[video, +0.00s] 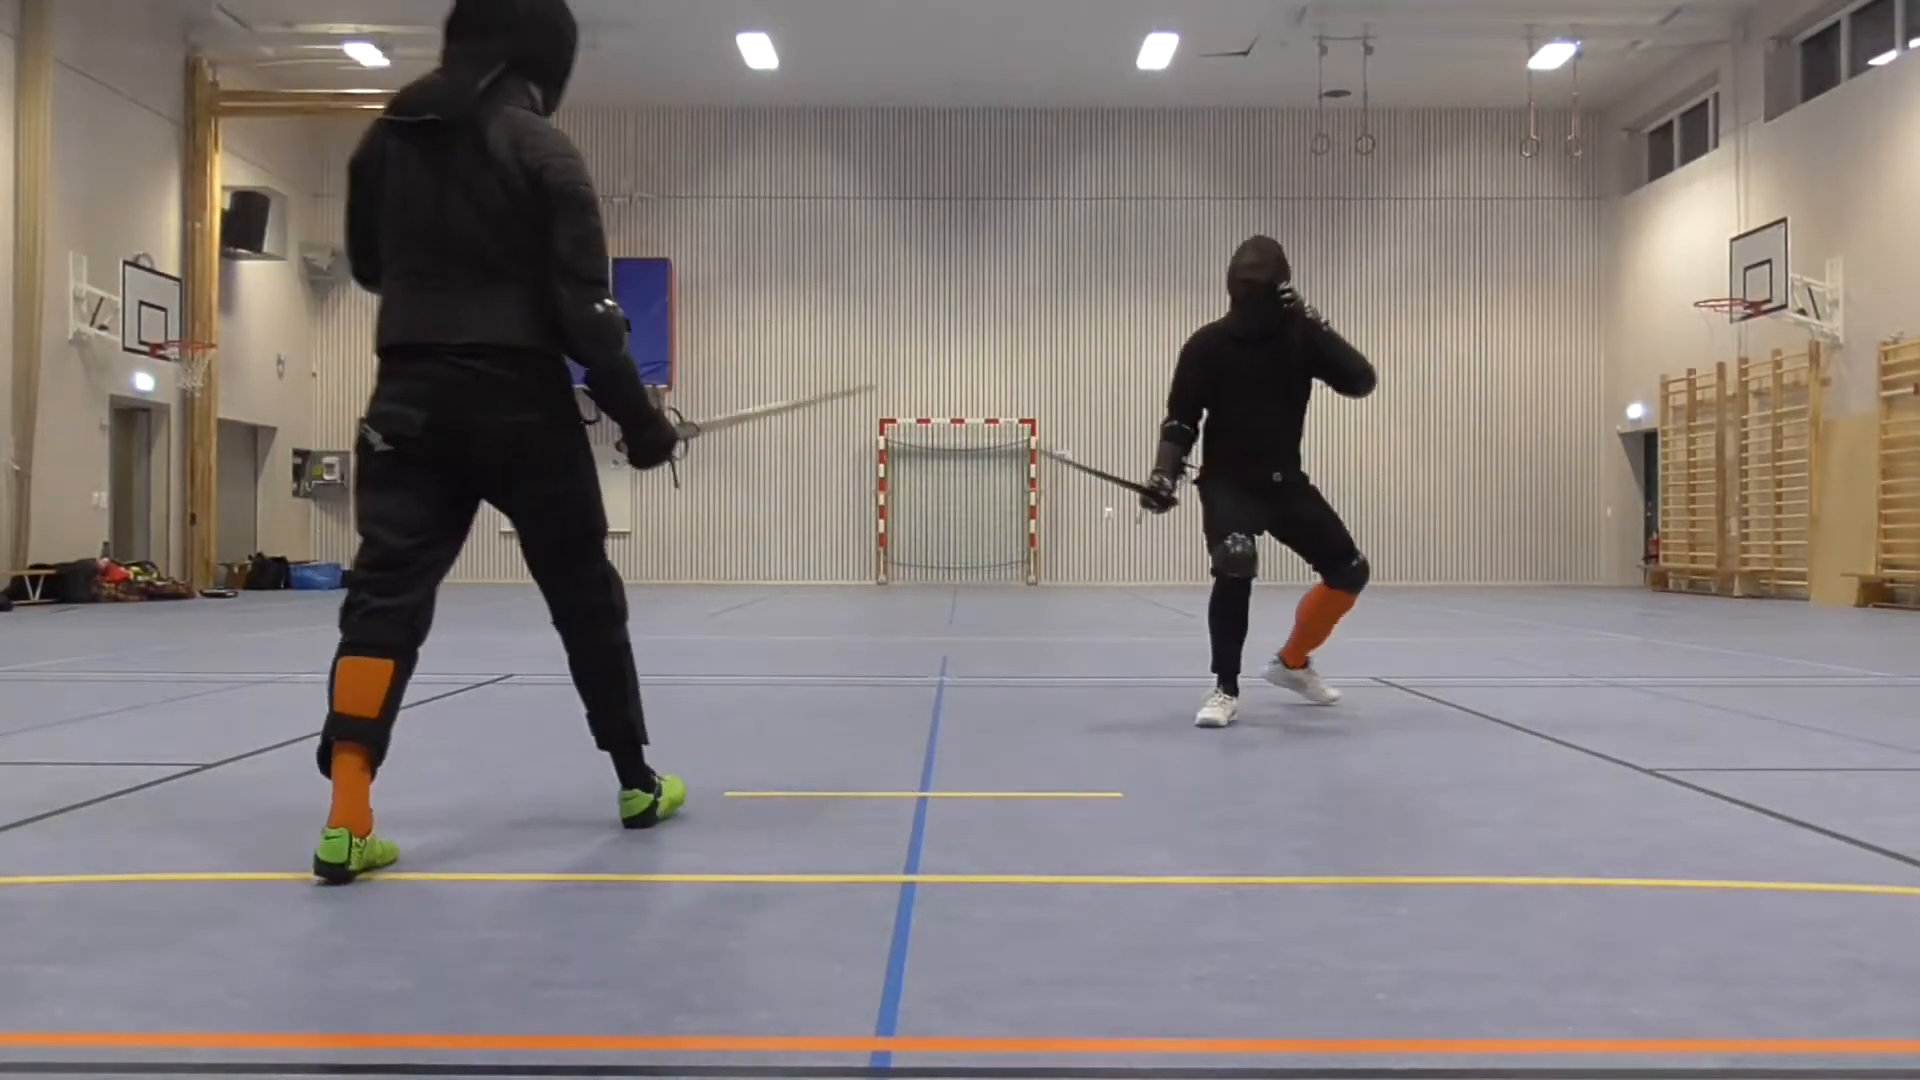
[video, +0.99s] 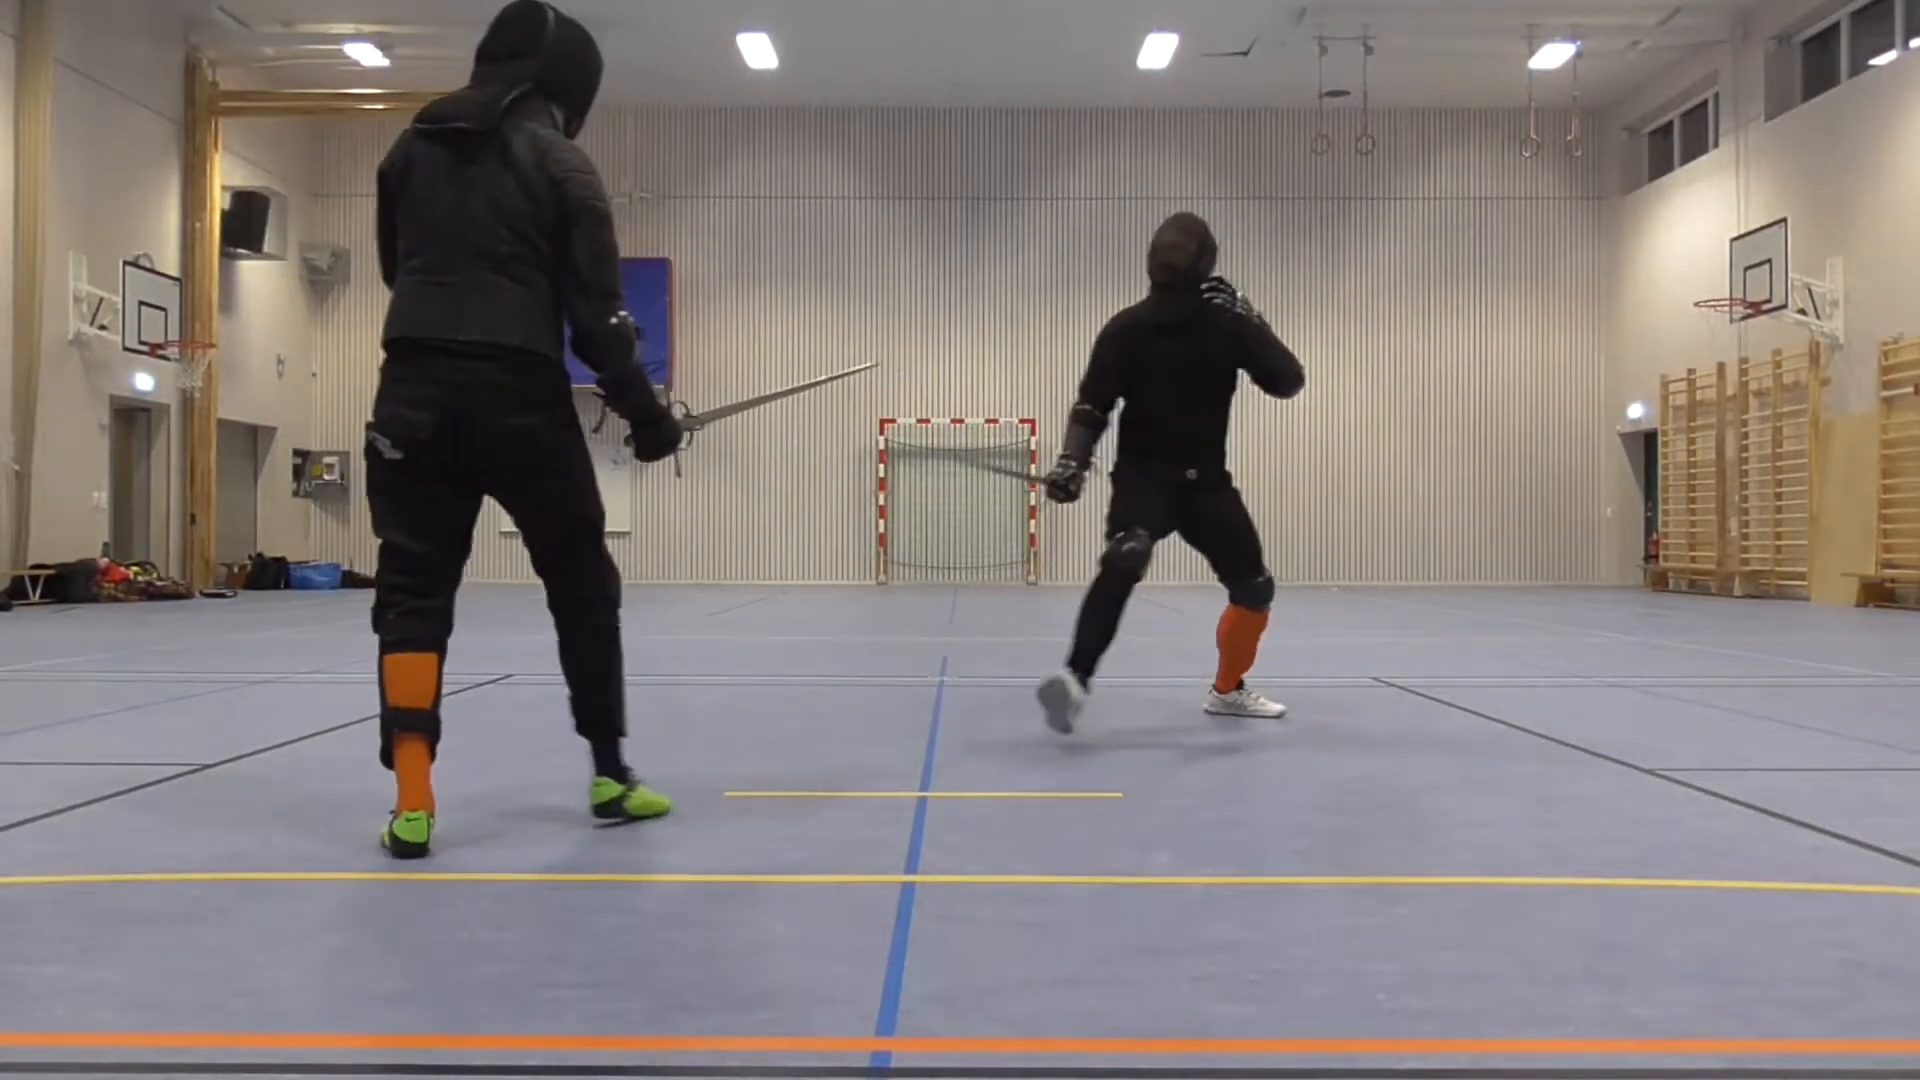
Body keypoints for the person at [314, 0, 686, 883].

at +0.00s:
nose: (564, 78)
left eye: (561, 59)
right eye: (560, 61)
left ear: (462, 43)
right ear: (540, 55)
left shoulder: (386, 142)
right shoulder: (545, 151)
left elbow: (368, 262)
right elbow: (585, 315)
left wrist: (465, 264)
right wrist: (644, 420)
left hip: (410, 397)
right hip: (524, 404)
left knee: (384, 594)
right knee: (583, 590)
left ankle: (346, 824)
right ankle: (636, 780)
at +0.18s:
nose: (627, 107)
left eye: (629, 93)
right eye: (627, 92)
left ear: (538, 64)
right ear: (605, 81)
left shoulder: (453, 152)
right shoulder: (606, 165)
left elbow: (435, 270)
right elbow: (637, 318)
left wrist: (521, 314)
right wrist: (689, 422)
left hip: (465, 397)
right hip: (573, 406)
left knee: (427, 582)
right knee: (625, 588)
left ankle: (362, 786)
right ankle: (641, 780)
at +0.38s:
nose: (668, 117)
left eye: (670, 103)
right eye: (668, 102)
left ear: (582, 75)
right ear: (646, 91)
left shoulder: (495, 152)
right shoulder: (642, 165)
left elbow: (483, 271)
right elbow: (689, 316)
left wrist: (539, 351)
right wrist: (743, 409)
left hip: (485, 390)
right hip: (595, 398)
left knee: (452, 574)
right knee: (632, 581)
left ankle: (414, 769)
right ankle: (642, 784)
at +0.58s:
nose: (664, 118)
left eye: (665, 104)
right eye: (664, 103)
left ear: (576, 76)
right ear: (643, 92)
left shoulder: (494, 151)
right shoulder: (640, 164)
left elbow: (483, 267)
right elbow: (689, 313)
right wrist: (745, 404)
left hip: (486, 391)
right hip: (596, 398)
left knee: (451, 573)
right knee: (632, 584)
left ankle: (418, 775)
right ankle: (642, 785)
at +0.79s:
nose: (627, 112)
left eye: (627, 98)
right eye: (625, 97)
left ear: (536, 71)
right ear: (606, 88)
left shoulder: (455, 154)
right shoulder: (607, 166)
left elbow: (448, 273)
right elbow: (647, 319)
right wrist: (702, 416)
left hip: (457, 393)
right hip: (566, 401)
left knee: (439, 583)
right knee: (613, 583)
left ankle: (415, 803)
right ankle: (639, 782)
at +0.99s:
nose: (580, 111)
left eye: (581, 97)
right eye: (580, 96)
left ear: (491, 68)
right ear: (561, 85)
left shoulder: (411, 151)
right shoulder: (563, 166)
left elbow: (397, 270)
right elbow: (596, 320)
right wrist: (647, 415)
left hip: (414, 395)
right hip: (521, 401)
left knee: (413, 584)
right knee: (580, 576)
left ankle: (412, 805)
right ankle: (609, 772)